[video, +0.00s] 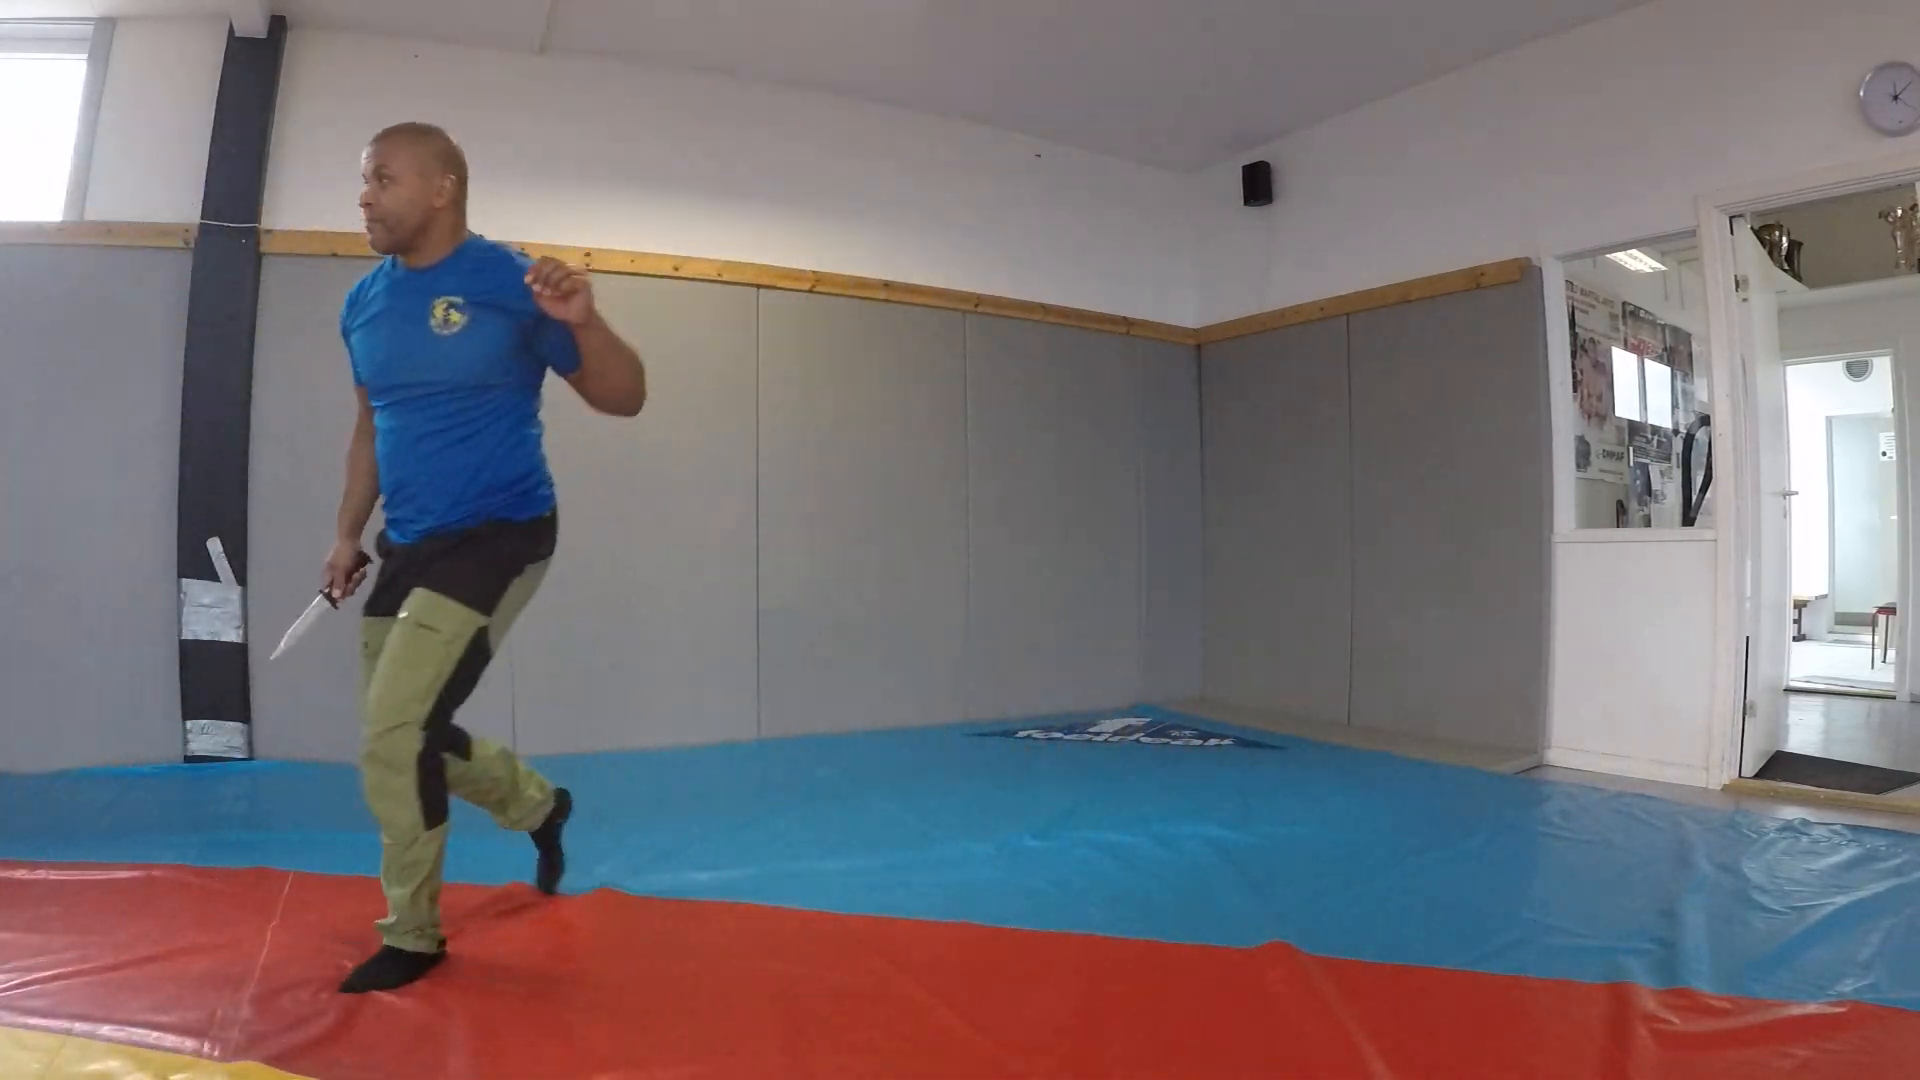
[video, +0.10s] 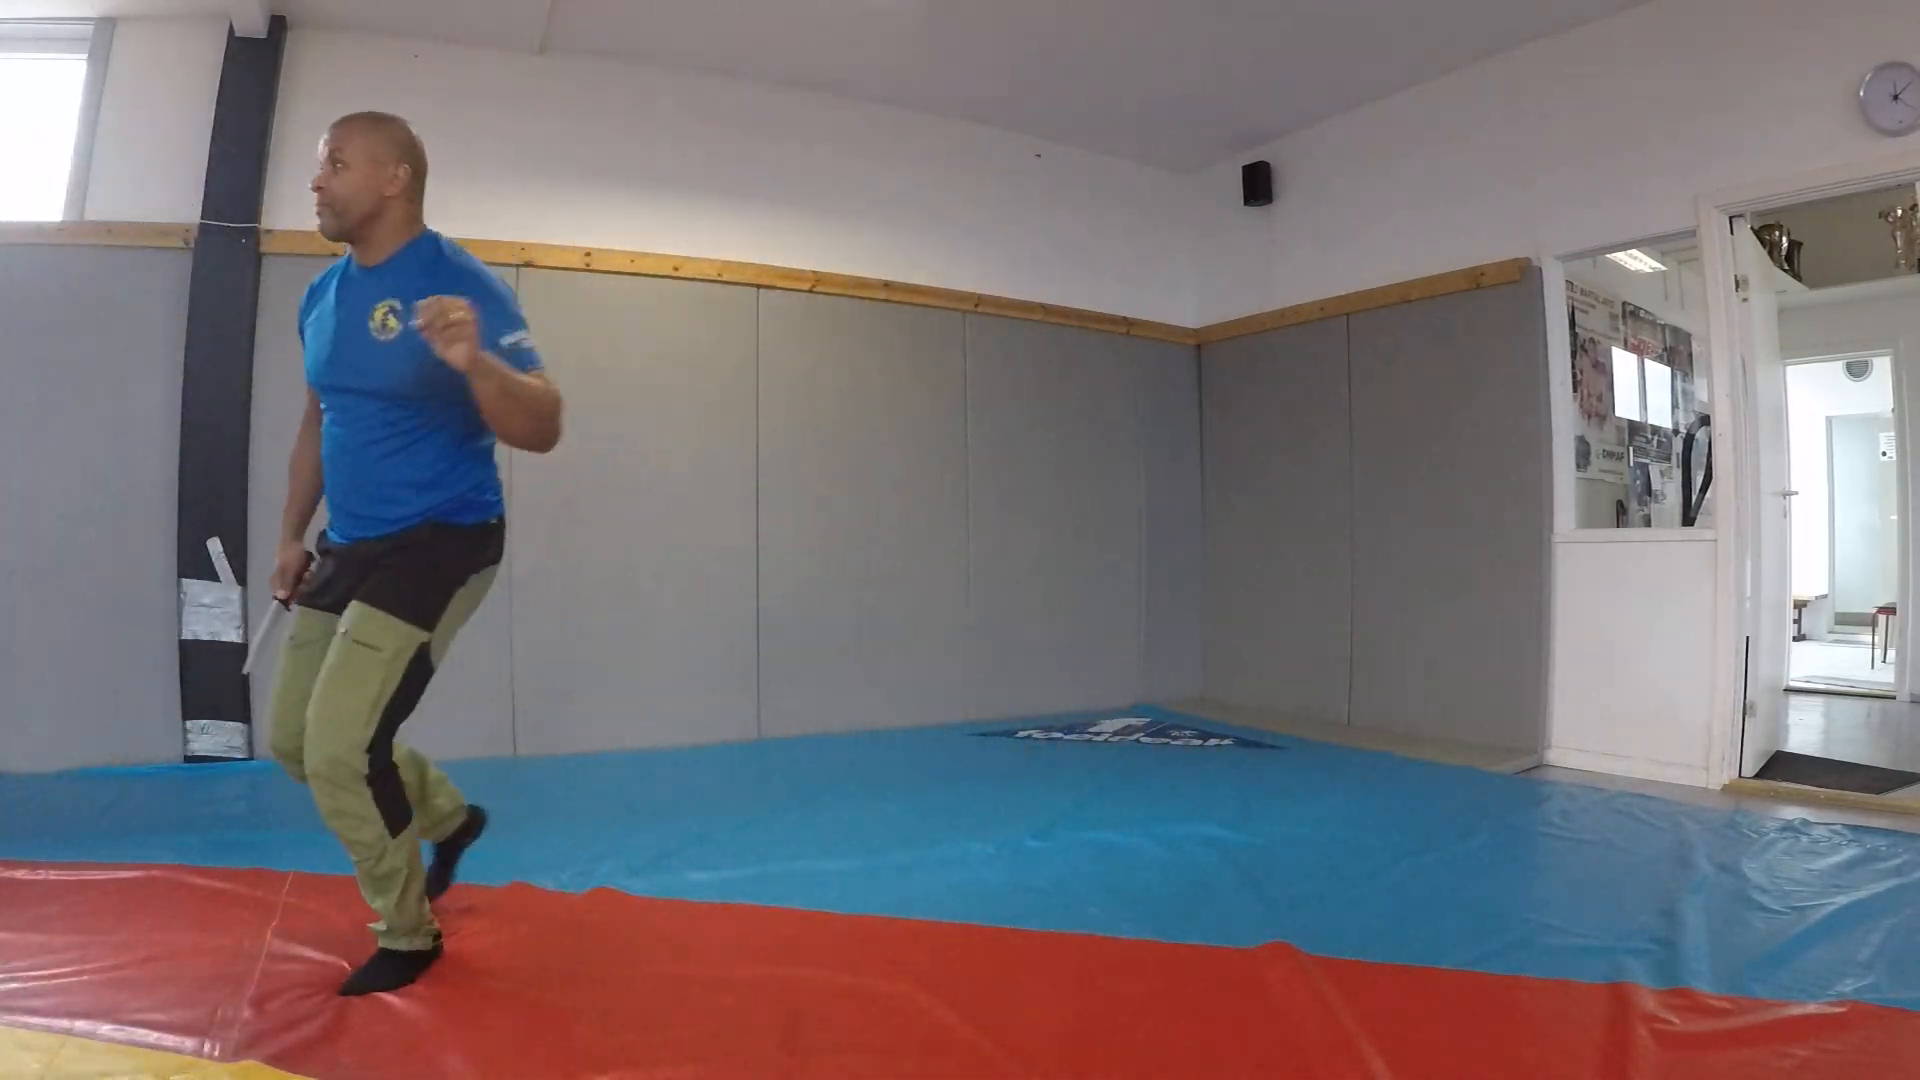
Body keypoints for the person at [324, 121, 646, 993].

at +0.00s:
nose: (364, 196)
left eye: (382, 181)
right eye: (365, 181)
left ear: (441, 191)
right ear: (406, 194)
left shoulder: (505, 282)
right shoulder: (366, 302)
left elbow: (624, 395)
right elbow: (370, 426)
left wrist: (584, 322)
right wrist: (350, 535)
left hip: (498, 531)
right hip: (410, 540)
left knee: (397, 725)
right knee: (398, 728)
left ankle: (412, 934)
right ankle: (539, 808)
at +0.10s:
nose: (317, 179)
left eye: (336, 164)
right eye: (320, 163)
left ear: (396, 182)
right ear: (365, 185)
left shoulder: (460, 283)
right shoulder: (324, 295)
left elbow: (541, 428)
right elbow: (319, 425)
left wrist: (474, 362)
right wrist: (294, 537)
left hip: (441, 537)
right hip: (350, 541)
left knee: (340, 743)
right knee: (294, 737)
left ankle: (407, 933)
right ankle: (447, 817)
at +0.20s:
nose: (279, 145)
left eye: (299, 129)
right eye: (283, 131)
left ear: (358, 145)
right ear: (332, 148)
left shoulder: (409, 254)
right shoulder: (288, 266)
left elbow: (445, 411)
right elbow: (278, 400)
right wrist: (246, 504)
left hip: (385, 527)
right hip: (295, 523)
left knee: (307, 746)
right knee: (219, 724)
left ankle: (404, 926)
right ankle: (324, 871)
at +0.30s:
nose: (239, 113)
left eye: (260, 96)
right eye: (243, 99)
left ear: (321, 116)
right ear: (285, 119)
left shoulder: (357, 224)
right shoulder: (256, 229)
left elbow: (366, 381)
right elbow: (252, 372)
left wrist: (213, 367)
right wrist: (208, 477)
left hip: (331, 513)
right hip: (239, 509)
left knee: (272, 750)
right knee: (170, 722)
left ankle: (392, 912)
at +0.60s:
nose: (132, 96)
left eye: (155, 82)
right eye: (140, 82)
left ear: (209, 105)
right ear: (191, 107)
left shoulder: (220, 191)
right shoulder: (163, 215)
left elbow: (225, 346)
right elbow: (137, 388)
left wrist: (70, 328)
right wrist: (56, 496)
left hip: (181, 518)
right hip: (106, 522)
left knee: (122, 771)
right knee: (44, 766)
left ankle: (329, 896)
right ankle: (98, 982)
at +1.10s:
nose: (225, 63)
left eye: (248, 48)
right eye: (232, 49)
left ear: (303, 77)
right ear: (291, 81)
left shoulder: (292, 167)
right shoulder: (255, 176)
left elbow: (274, 330)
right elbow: (245, 367)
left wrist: (109, 292)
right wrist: (164, 488)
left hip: (256, 508)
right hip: (197, 506)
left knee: (246, 783)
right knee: (120, 758)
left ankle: (374, 1009)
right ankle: (96, 972)